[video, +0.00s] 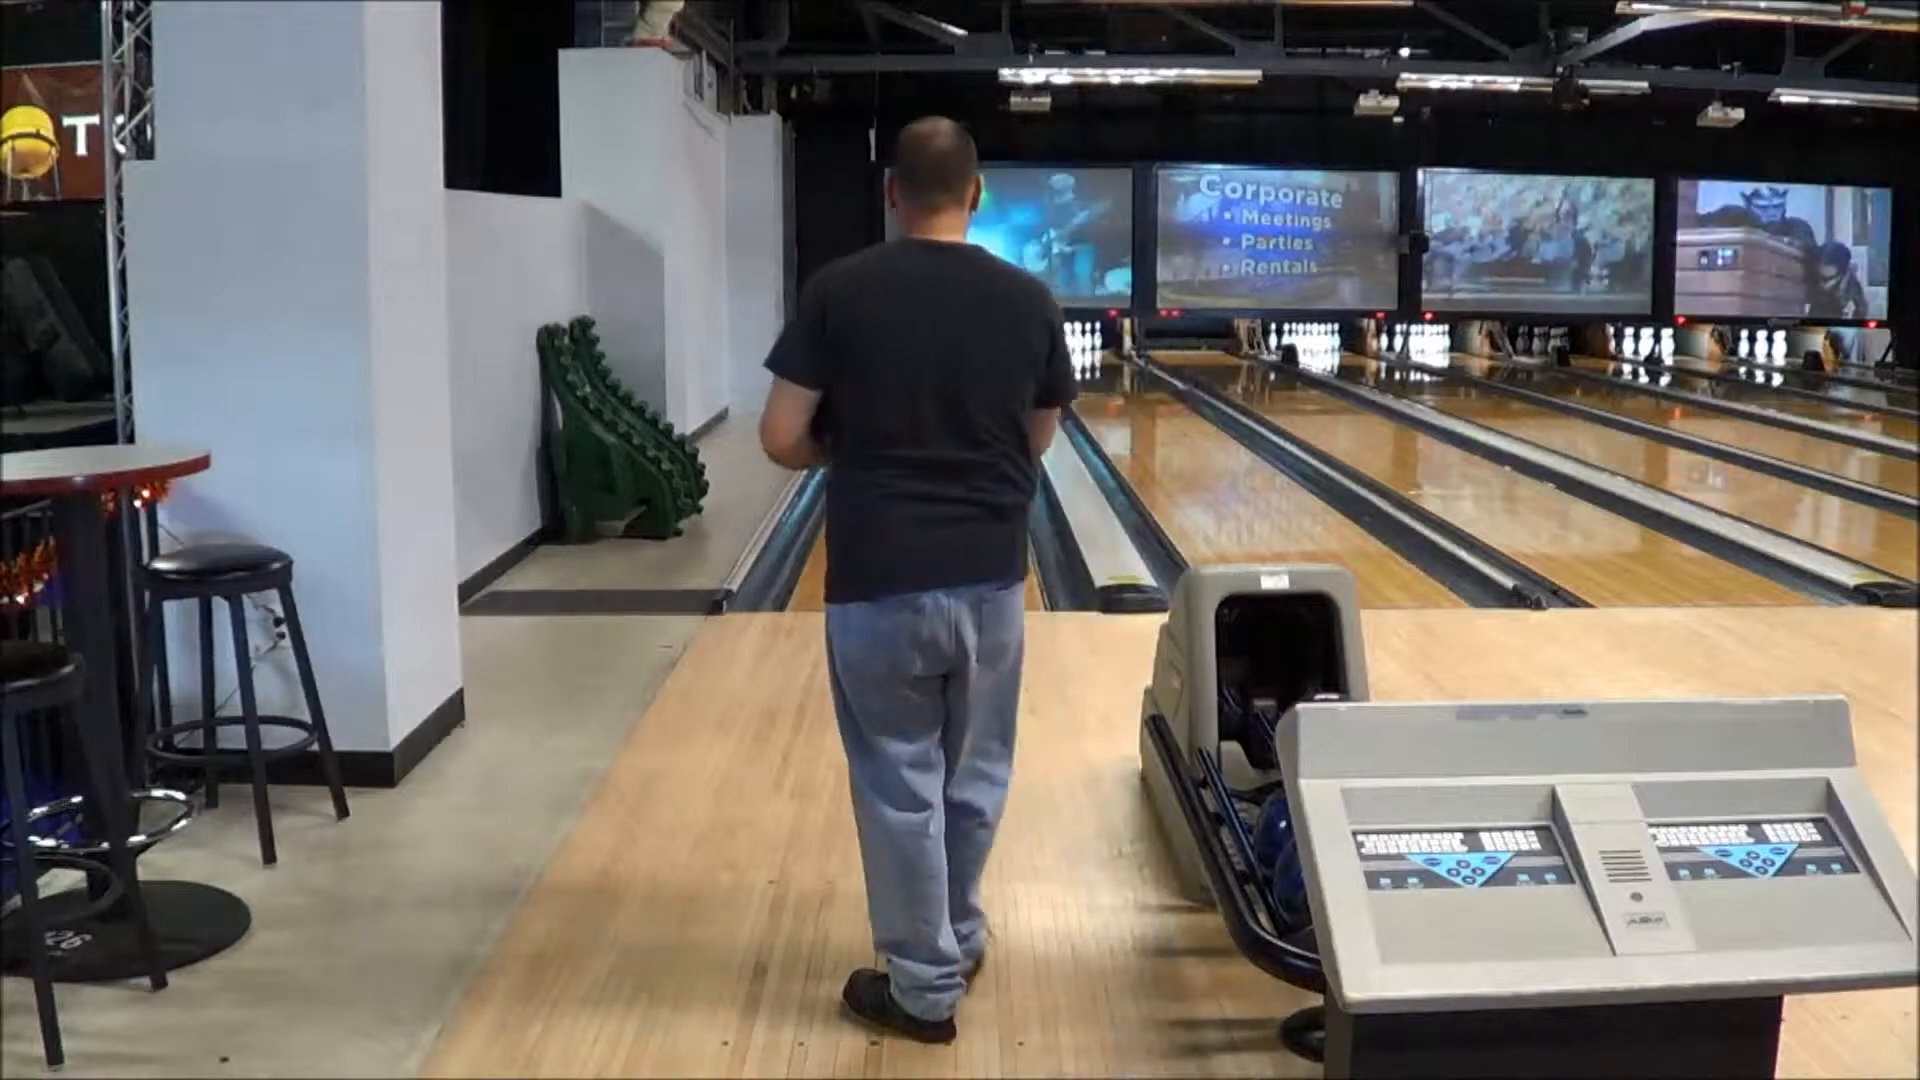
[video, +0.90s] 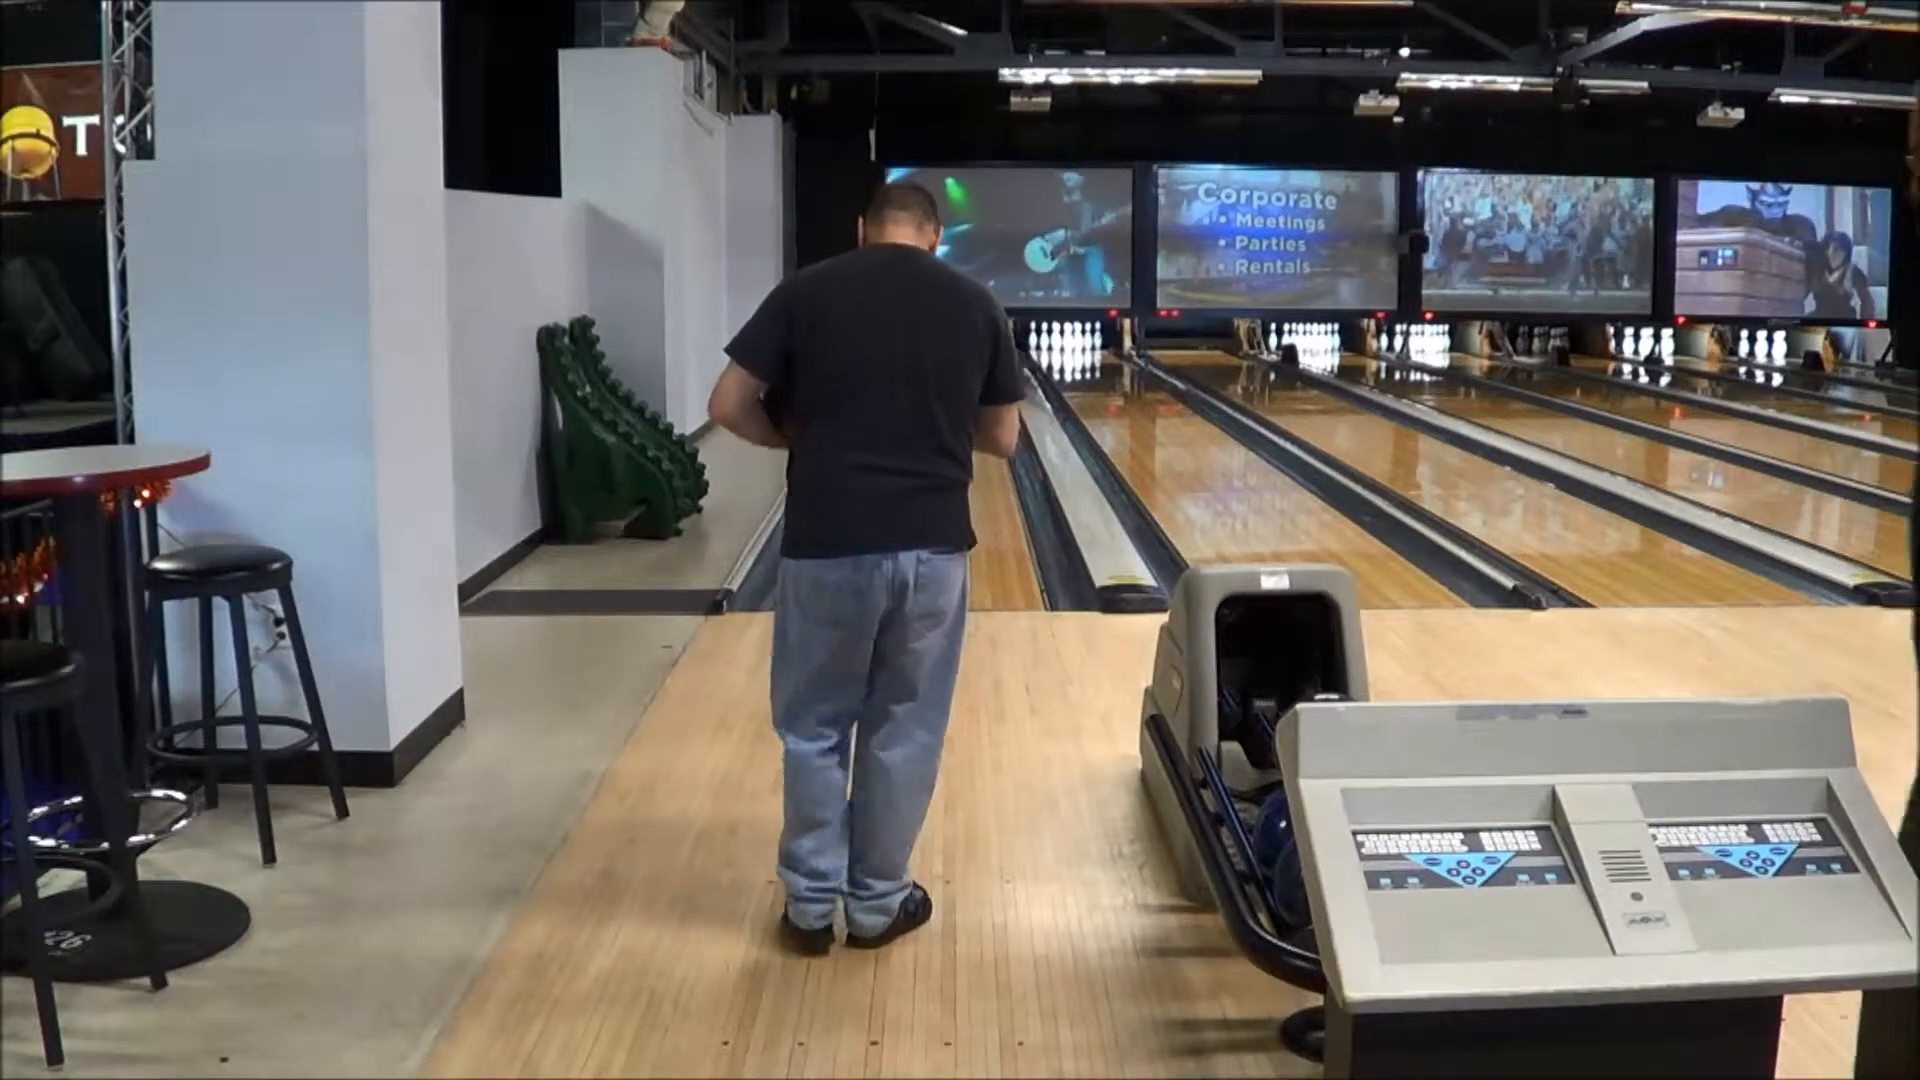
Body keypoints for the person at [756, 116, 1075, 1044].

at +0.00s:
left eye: (889, 187)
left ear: (888, 193)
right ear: (975, 194)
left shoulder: (838, 291)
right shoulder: (1025, 299)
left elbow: (784, 440)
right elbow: (1038, 437)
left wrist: (856, 440)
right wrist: (970, 443)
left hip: (877, 584)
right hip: (989, 578)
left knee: (899, 782)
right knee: (977, 766)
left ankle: (923, 989)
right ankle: (958, 934)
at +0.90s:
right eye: (927, 231)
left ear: (863, 228)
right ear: (935, 237)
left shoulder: (808, 289)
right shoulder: (976, 305)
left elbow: (730, 406)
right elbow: (1003, 437)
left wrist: (798, 434)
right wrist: (936, 406)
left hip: (829, 545)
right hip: (935, 547)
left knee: (813, 724)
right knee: (907, 722)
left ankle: (811, 901)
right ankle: (874, 901)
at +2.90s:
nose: (844, 260)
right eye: (849, 249)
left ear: (779, 242)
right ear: (847, 248)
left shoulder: (717, 304)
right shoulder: (873, 315)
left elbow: (676, 432)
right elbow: (898, 456)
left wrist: (736, 446)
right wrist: (835, 450)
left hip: (718, 543)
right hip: (818, 541)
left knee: (740, 718)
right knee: (821, 723)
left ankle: (772, 873)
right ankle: (797, 905)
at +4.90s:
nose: (851, 235)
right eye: (854, 223)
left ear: (773, 226)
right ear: (850, 228)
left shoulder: (718, 301)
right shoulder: (869, 325)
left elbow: (686, 420)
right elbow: (872, 484)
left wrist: (740, 451)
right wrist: (885, 513)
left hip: (705, 551)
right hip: (807, 552)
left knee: (735, 722)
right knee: (819, 733)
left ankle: (768, 873)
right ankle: (793, 904)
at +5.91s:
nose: (856, 236)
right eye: (857, 225)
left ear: (774, 227)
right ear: (852, 229)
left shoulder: (717, 302)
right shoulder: (871, 328)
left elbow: (686, 425)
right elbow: (876, 487)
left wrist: (728, 488)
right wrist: (876, 536)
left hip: (702, 556)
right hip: (805, 557)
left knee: (733, 724)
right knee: (818, 736)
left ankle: (768, 871)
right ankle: (793, 904)